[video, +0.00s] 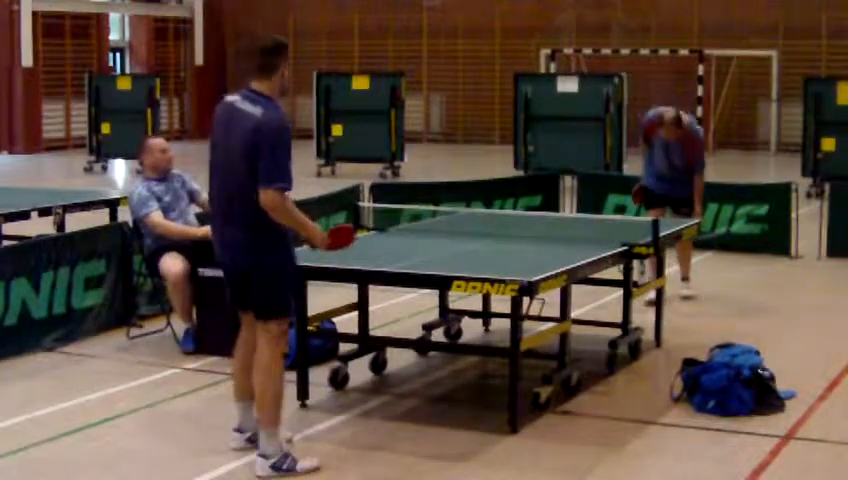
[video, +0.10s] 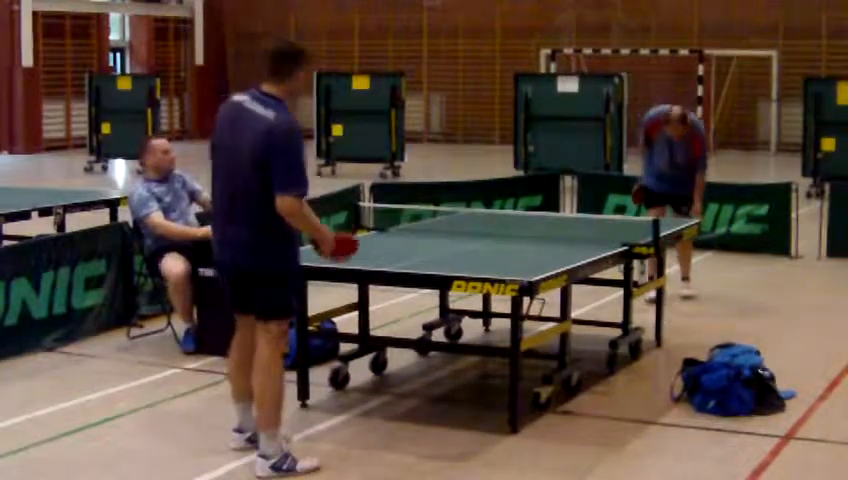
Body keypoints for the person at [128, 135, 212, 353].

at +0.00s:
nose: (170, 156)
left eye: (169, 151)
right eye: (163, 152)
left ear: (170, 154)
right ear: (146, 159)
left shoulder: (178, 179)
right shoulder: (140, 191)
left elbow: (204, 201)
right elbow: (158, 225)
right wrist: (203, 232)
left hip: (194, 234)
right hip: (164, 243)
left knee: (232, 252)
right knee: (176, 270)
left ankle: (228, 317)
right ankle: (189, 325)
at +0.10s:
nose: (172, 157)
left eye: (171, 152)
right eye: (165, 153)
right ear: (147, 160)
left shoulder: (179, 179)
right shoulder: (141, 192)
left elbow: (206, 202)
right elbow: (159, 226)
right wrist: (203, 232)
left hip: (194, 236)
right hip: (165, 244)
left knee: (231, 254)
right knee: (178, 271)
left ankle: (228, 318)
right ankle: (189, 325)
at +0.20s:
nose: (174, 159)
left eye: (173, 154)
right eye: (168, 155)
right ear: (151, 160)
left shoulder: (179, 181)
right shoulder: (141, 194)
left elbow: (206, 202)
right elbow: (160, 226)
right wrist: (203, 232)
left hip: (195, 236)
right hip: (165, 244)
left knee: (229, 255)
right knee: (181, 271)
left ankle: (225, 318)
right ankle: (189, 326)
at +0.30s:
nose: (174, 159)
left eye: (173, 154)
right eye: (168, 155)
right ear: (150, 161)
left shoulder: (179, 181)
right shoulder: (141, 194)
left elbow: (207, 201)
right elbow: (160, 226)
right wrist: (202, 232)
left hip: (195, 236)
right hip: (165, 244)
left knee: (228, 258)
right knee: (182, 271)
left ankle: (239, 328)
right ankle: (189, 327)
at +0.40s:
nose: (175, 160)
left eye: (174, 155)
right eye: (169, 156)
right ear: (151, 161)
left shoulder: (180, 181)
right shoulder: (141, 195)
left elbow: (205, 201)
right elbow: (160, 226)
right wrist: (201, 232)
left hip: (194, 237)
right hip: (165, 244)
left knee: (225, 260)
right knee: (183, 271)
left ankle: (234, 328)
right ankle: (189, 326)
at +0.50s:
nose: (174, 161)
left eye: (174, 156)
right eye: (168, 156)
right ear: (151, 161)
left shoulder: (180, 181)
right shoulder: (142, 195)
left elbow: (205, 202)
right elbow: (160, 226)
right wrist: (202, 233)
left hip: (194, 237)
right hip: (164, 244)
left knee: (223, 259)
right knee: (183, 270)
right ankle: (190, 325)